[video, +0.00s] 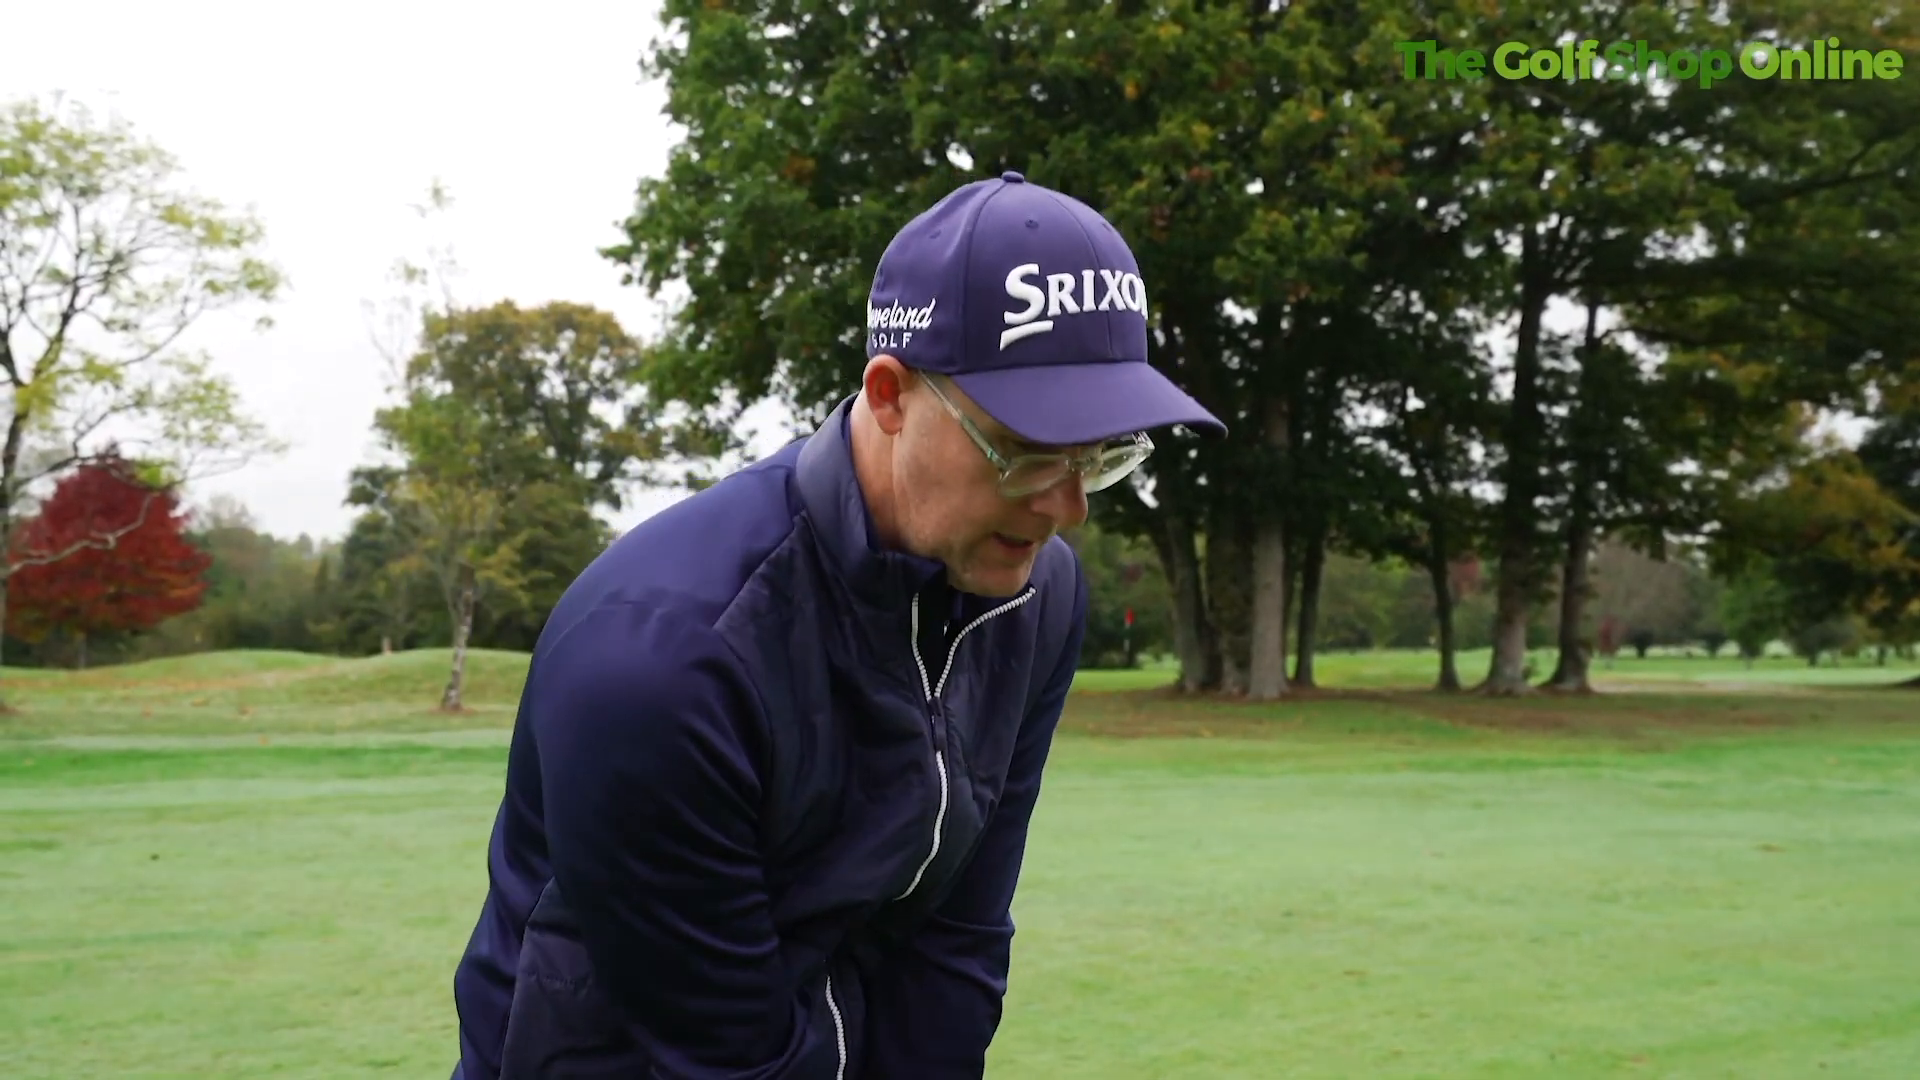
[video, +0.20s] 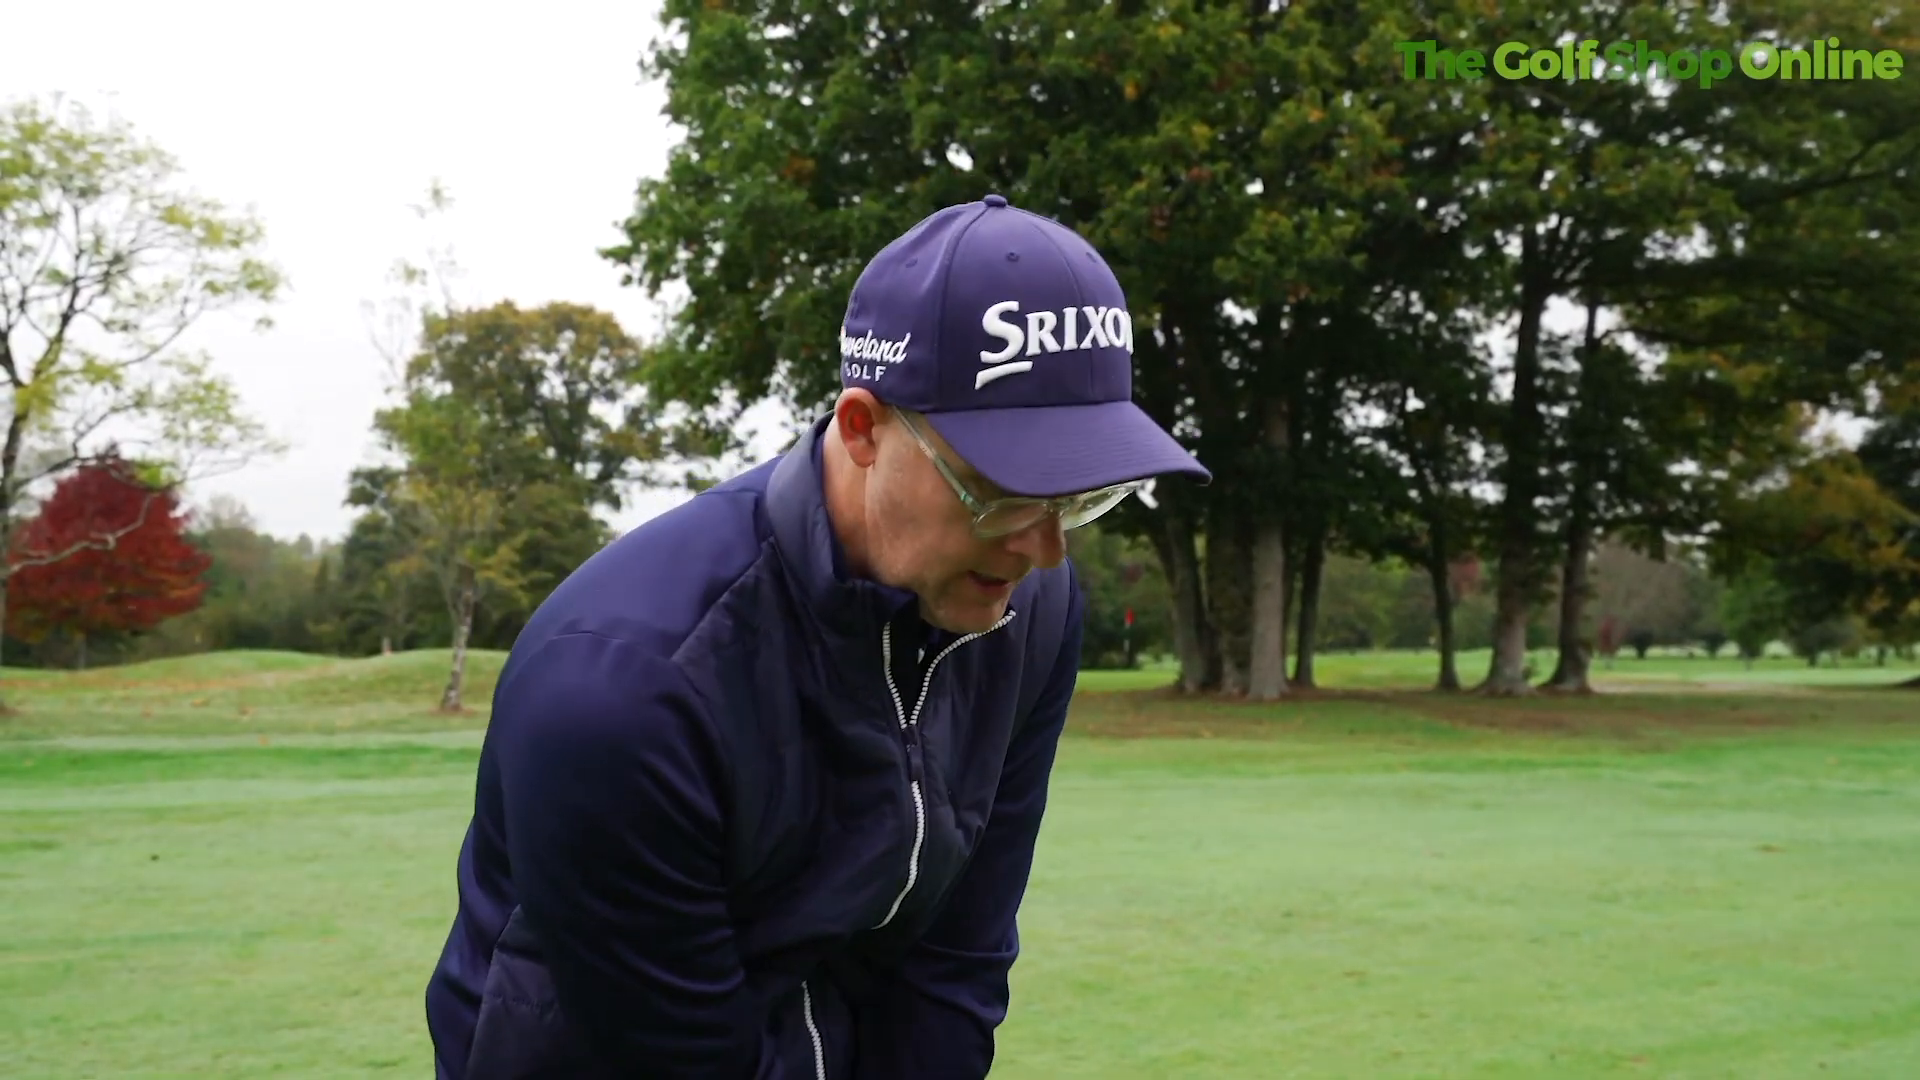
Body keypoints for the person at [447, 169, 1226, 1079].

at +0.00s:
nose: (1062, 503)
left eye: (1093, 451)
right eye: (1019, 446)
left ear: (1121, 419)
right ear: (888, 399)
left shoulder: (1041, 598)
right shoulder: (660, 667)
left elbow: (957, 949)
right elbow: (723, 1045)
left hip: (824, 1033)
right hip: (595, 1049)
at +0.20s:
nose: (1040, 544)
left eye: (1071, 492)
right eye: (998, 487)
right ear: (860, 432)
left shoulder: (1034, 614)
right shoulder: (619, 699)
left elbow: (957, 979)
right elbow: (680, 1045)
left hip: (832, 1031)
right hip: (576, 1046)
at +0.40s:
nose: (1032, 553)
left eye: (1066, 499)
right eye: (987, 494)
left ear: (1101, 462)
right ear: (850, 434)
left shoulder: (1051, 642)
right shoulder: (579, 638)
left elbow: (954, 1021)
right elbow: (568, 1045)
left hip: (859, 1055)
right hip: (611, 1052)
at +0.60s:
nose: (1062, 562)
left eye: (1090, 510)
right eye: (1015, 508)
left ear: (1123, 472)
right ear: (879, 444)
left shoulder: (1074, 688)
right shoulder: (582, 577)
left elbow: (905, 1037)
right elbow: (498, 981)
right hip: (589, 1051)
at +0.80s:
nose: (1082, 579)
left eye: (1105, 527)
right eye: (1034, 528)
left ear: (1135, 478)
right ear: (895, 462)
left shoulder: (1085, 675)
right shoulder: (603, 613)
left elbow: (963, 1033)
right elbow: (548, 1022)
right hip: (649, 1055)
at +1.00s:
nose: (1094, 618)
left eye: (1108, 564)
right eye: (1045, 568)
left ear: (1132, 503)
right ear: (896, 509)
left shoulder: (1050, 651)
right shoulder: (673, 765)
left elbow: (1018, 994)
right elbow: (678, 1056)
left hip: (868, 1035)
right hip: (659, 1043)